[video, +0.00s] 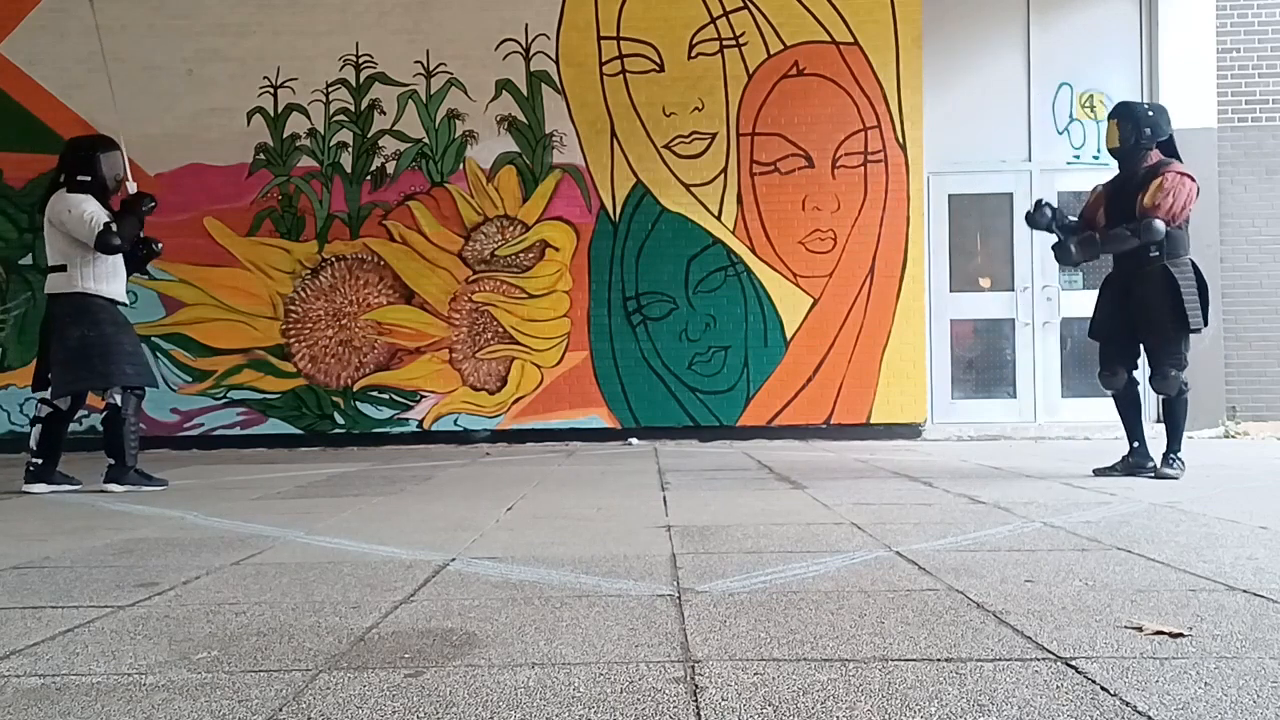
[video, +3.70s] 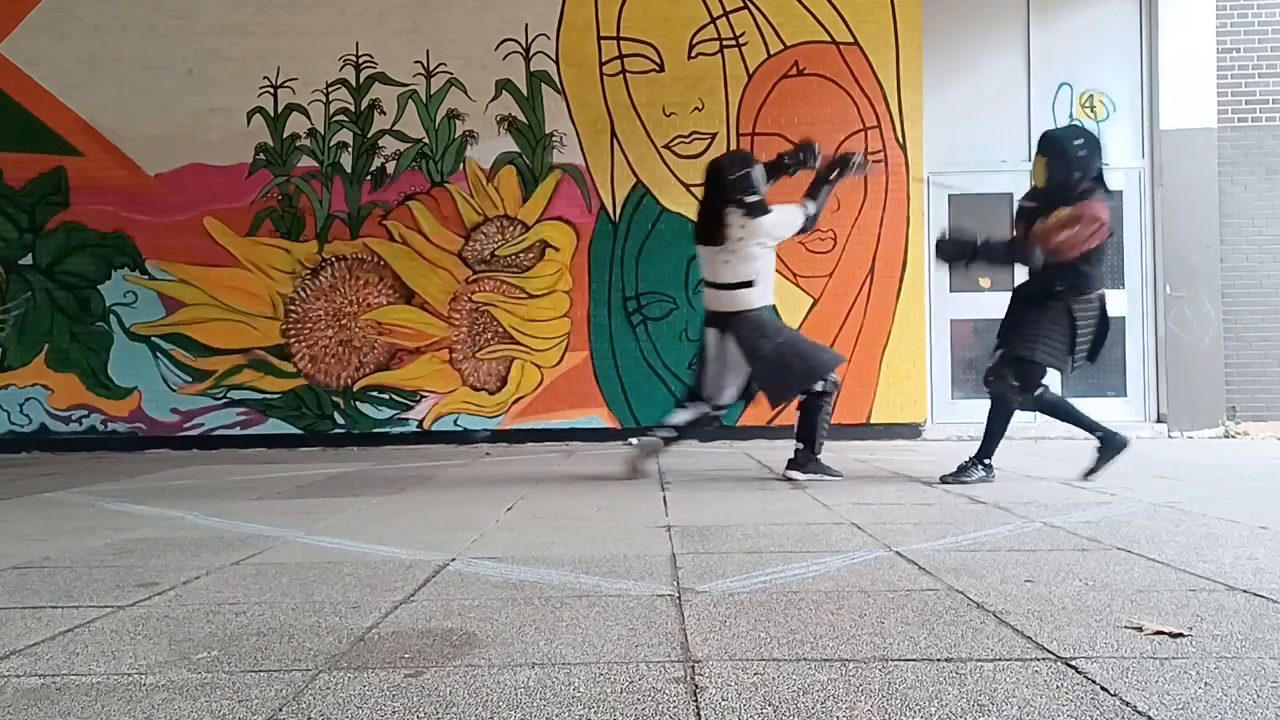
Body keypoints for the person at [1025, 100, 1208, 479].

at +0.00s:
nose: (1111, 139)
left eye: (1119, 130)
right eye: (1110, 131)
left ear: (1144, 133)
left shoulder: (1173, 179)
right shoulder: (1112, 189)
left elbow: (1150, 229)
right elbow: (1088, 229)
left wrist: (1087, 248)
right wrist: (1057, 221)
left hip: (1165, 283)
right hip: (1122, 284)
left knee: (1168, 375)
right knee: (1115, 371)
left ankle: (1173, 455)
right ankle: (1139, 454)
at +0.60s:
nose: (1070, 151)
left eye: (1075, 142)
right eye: (1069, 142)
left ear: (1098, 143)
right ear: (1100, 143)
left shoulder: (1122, 185)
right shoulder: (1094, 184)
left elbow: (1097, 243)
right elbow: (1076, 235)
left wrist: (1054, 263)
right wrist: (1056, 229)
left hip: (1122, 288)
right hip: (1092, 289)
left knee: (1120, 380)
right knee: (1081, 375)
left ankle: (1164, 446)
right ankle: (1106, 456)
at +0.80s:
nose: (1042, 159)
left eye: (1047, 151)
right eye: (1041, 151)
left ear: (1069, 151)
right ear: (1077, 151)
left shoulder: (1086, 189)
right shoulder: (1085, 185)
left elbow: (1047, 237)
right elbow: (1059, 228)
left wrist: (1002, 248)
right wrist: (1032, 219)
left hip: (1095, 293)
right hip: (1094, 292)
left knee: (1055, 368)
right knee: (1063, 369)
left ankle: (1103, 454)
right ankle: (1086, 449)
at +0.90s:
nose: (1024, 163)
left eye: (1030, 155)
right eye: (1024, 155)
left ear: (1052, 156)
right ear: (1063, 157)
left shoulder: (1062, 195)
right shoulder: (1081, 190)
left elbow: (1019, 242)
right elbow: (1049, 229)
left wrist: (978, 245)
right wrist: (1019, 218)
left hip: (1079, 297)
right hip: (1098, 297)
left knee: (1028, 368)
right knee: (1062, 377)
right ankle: (1103, 456)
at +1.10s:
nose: (991, 172)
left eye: (996, 165)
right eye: (991, 165)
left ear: (1018, 167)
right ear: (1033, 169)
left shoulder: (1021, 206)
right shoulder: (1055, 201)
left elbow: (981, 254)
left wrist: (954, 260)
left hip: (1034, 308)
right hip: (1059, 306)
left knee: (977, 374)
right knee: (1039, 391)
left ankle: (948, 458)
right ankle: (1102, 456)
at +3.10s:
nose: (999, 170)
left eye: (1005, 163)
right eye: (998, 163)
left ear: (1028, 166)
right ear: (1030, 167)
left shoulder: (1041, 208)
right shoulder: (1028, 204)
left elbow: (1029, 268)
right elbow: (1023, 257)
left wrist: (981, 279)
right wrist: (996, 253)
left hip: (1054, 300)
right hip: (1055, 299)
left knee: (997, 360)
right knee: (1044, 386)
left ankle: (1005, 450)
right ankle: (1103, 449)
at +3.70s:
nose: (1038, 170)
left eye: (1046, 163)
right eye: (1039, 162)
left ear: (1074, 166)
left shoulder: (1090, 212)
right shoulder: (1043, 202)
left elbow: (1038, 252)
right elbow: (1021, 248)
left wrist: (974, 249)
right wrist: (972, 250)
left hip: (1064, 304)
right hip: (1038, 300)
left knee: (1005, 377)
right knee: (1022, 387)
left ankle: (982, 462)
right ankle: (1108, 438)